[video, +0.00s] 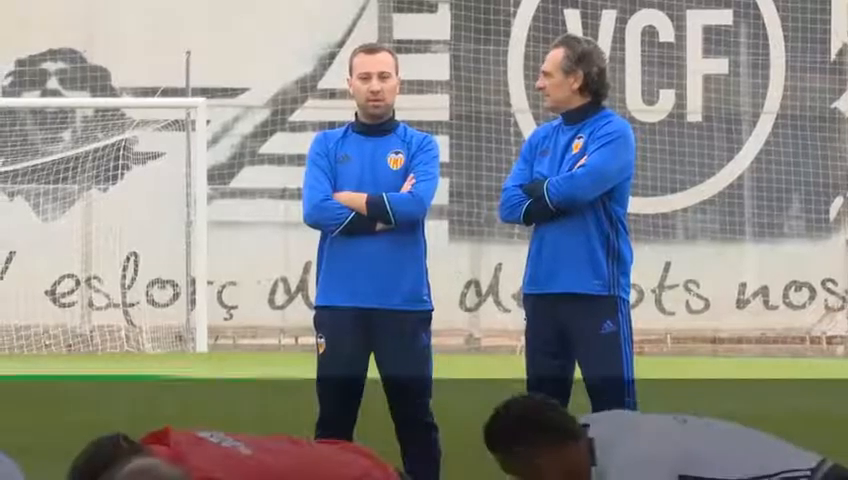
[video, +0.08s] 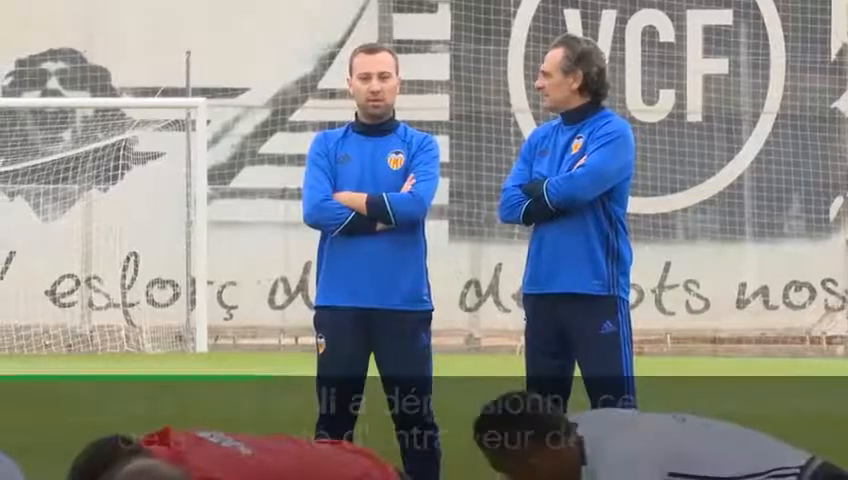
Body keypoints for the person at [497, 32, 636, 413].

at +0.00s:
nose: (538, 83)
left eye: (547, 74)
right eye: (540, 74)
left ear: (577, 80)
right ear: (571, 80)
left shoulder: (614, 131)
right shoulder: (538, 138)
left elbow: (581, 188)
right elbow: (508, 205)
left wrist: (532, 191)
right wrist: (561, 197)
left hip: (597, 291)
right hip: (542, 292)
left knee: (613, 412)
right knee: (543, 412)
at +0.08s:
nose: (537, 83)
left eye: (546, 74)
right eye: (539, 74)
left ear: (576, 80)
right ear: (570, 80)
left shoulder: (613, 131)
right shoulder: (537, 138)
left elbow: (580, 189)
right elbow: (507, 206)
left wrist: (533, 191)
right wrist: (560, 196)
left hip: (597, 291)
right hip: (542, 292)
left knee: (614, 413)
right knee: (542, 414)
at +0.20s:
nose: (536, 82)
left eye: (545, 74)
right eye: (538, 73)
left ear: (575, 80)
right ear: (569, 80)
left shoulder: (612, 130)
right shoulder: (537, 137)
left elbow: (578, 189)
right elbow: (507, 206)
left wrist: (532, 191)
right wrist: (559, 196)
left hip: (595, 290)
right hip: (540, 290)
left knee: (615, 408)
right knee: (543, 411)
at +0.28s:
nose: (537, 83)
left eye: (546, 74)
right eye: (539, 73)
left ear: (577, 80)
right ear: (569, 80)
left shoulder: (612, 131)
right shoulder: (535, 138)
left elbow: (580, 190)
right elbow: (507, 207)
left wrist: (533, 192)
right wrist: (562, 195)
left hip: (595, 291)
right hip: (540, 291)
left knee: (614, 409)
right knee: (542, 411)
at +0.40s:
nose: (540, 81)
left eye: (551, 73)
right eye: (540, 72)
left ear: (583, 80)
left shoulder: (613, 131)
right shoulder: (534, 137)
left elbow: (582, 191)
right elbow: (507, 207)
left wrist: (534, 190)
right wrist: (566, 194)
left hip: (597, 292)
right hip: (541, 292)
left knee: (617, 409)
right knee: (543, 411)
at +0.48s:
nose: (545, 82)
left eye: (557, 73)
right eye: (544, 73)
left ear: (589, 80)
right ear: (541, 77)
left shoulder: (615, 130)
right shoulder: (534, 138)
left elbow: (589, 192)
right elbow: (509, 208)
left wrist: (538, 189)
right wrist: (571, 192)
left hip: (600, 292)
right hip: (543, 293)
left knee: (622, 410)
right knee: (544, 411)